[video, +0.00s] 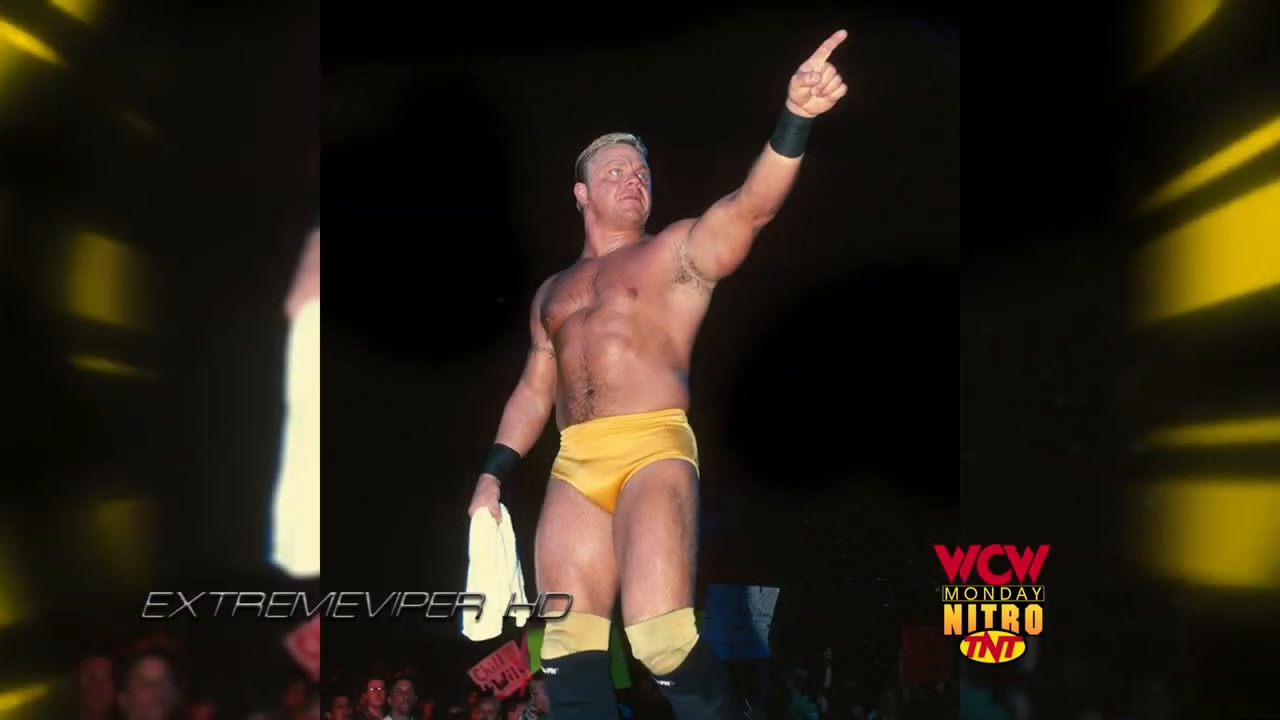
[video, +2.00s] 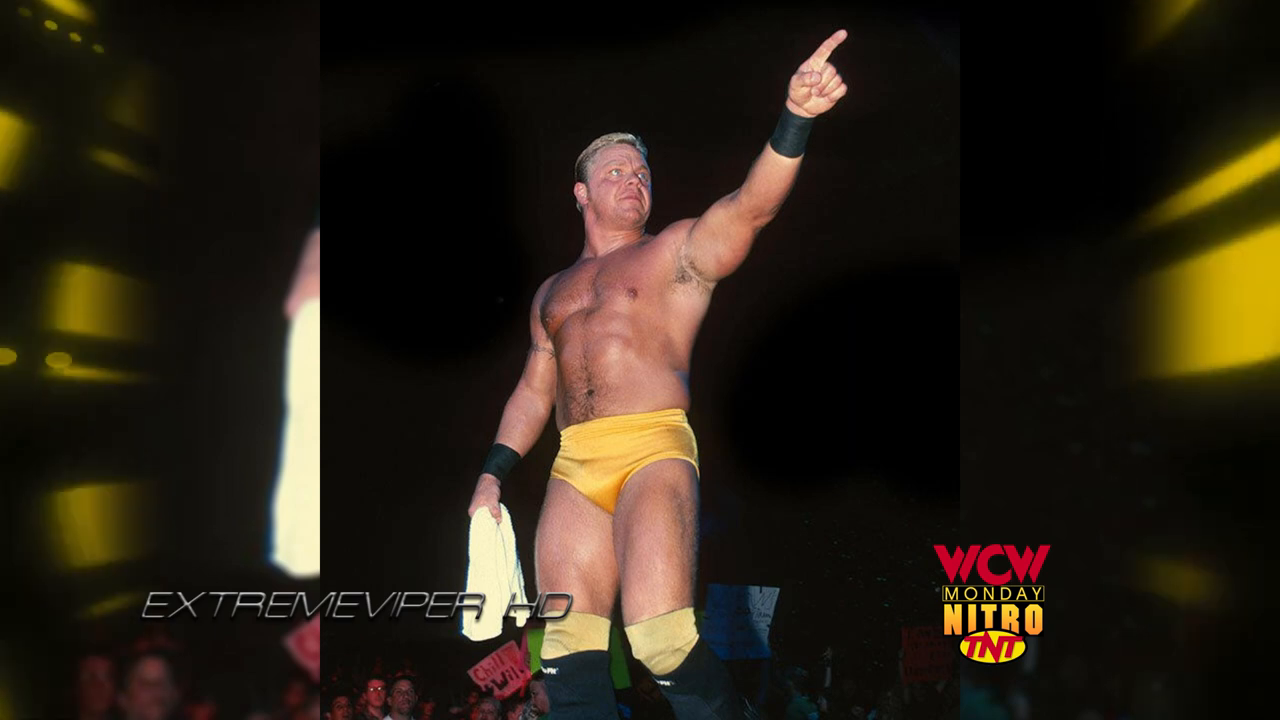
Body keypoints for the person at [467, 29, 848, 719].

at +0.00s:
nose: (632, 180)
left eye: (640, 172)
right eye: (614, 171)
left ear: (651, 193)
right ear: (581, 193)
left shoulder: (680, 254)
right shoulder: (553, 296)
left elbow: (752, 204)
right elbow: (534, 394)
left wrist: (797, 115)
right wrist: (490, 477)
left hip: (656, 448)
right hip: (576, 462)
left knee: (659, 635)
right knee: (568, 646)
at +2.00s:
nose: (631, 179)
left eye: (640, 172)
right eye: (614, 170)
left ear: (650, 194)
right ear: (580, 193)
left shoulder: (680, 253)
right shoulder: (552, 296)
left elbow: (753, 203)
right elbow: (534, 393)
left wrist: (797, 115)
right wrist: (490, 478)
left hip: (656, 448)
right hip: (575, 462)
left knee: (660, 637)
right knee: (568, 647)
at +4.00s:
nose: (631, 179)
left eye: (640, 172)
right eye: (614, 170)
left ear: (650, 194)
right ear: (580, 193)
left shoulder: (680, 253)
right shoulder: (552, 296)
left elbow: (753, 203)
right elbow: (534, 393)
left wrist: (797, 115)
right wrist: (490, 478)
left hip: (656, 448)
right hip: (575, 462)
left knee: (660, 637)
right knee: (568, 647)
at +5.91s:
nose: (632, 179)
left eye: (640, 172)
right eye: (615, 170)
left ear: (650, 194)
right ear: (581, 193)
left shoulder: (680, 254)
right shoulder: (552, 296)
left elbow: (753, 203)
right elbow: (534, 394)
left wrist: (797, 116)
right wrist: (490, 478)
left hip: (656, 448)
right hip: (575, 462)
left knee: (660, 636)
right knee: (568, 647)